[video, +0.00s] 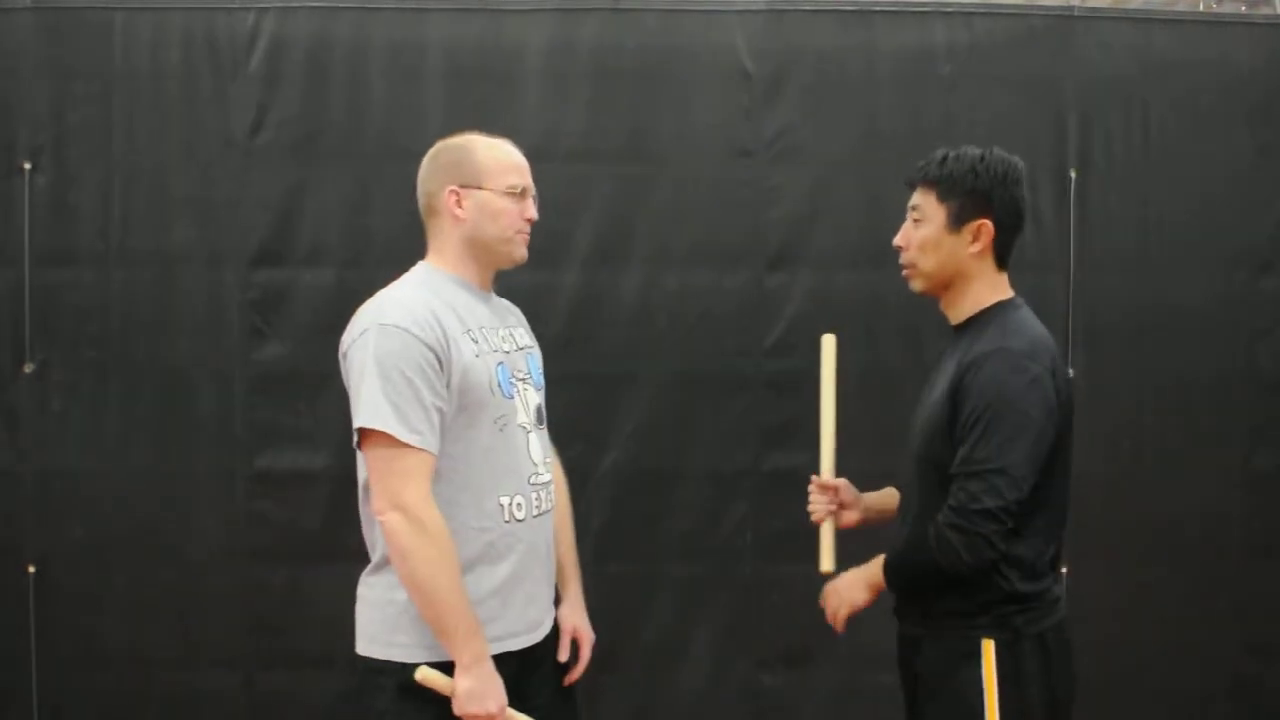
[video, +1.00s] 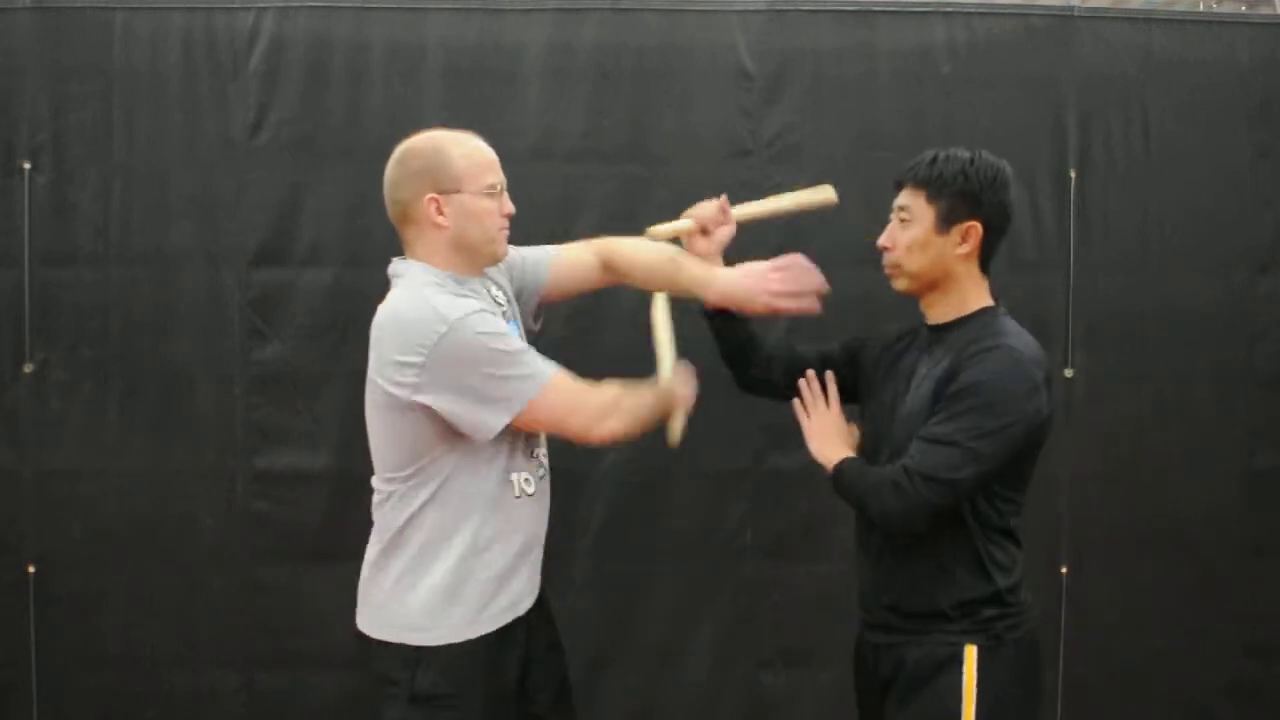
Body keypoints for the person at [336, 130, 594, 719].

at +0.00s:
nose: (533, 213)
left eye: (531, 196)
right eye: (516, 194)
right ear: (458, 202)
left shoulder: (508, 319)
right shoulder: (397, 325)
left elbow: (542, 462)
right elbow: (402, 509)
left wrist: (571, 591)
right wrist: (472, 660)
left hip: (527, 652)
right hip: (428, 664)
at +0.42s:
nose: (542, 215)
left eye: (539, 199)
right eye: (528, 197)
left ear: (476, 205)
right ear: (471, 203)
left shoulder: (507, 321)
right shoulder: (415, 326)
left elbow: (542, 450)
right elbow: (430, 512)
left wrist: (620, 526)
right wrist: (503, 655)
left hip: (535, 650)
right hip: (440, 664)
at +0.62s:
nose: (532, 212)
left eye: (529, 196)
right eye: (517, 194)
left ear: (468, 206)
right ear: (463, 204)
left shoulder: (495, 318)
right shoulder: (423, 326)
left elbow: (560, 416)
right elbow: (466, 511)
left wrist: (632, 442)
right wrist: (549, 633)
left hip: (513, 647)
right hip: (444, 660)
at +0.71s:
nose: (529, 212)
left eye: (525, 196)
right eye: (513, 195)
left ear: (466, 207)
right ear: (459, 206)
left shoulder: (492, 314)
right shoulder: (430, 324)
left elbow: (571, 387)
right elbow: (493, 507)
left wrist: (634, 410)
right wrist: (570, 613)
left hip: (515, 639)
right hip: (445, 656)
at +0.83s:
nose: (522, 211)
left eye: (517, 195)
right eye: (506, 194)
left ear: (457, 209)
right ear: (453, 207)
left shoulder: (495, 300)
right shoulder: (436, 322)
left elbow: (601, 330)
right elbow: (540, 489)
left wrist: (672, 359)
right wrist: (611, 558)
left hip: (513, 622)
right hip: (443, 645)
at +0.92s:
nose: (517, 209)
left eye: (511, 193)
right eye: (500, 193)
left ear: (451, 208)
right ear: (446, 208)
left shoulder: (494, 284)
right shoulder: (436, 320)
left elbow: (614, 285)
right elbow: (577, 463)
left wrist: (714, 323)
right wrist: (640, 483)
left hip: (512, 619)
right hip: (440, 643)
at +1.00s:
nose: (510, 209)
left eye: (504, 191)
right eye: (492, 192)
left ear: (440, 211)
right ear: (438, 210)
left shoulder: (488, 275)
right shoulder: (430, 320)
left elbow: (606, 258)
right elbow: (595, 417)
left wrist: (725, 282)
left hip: (512, 615)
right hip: (436, 642)